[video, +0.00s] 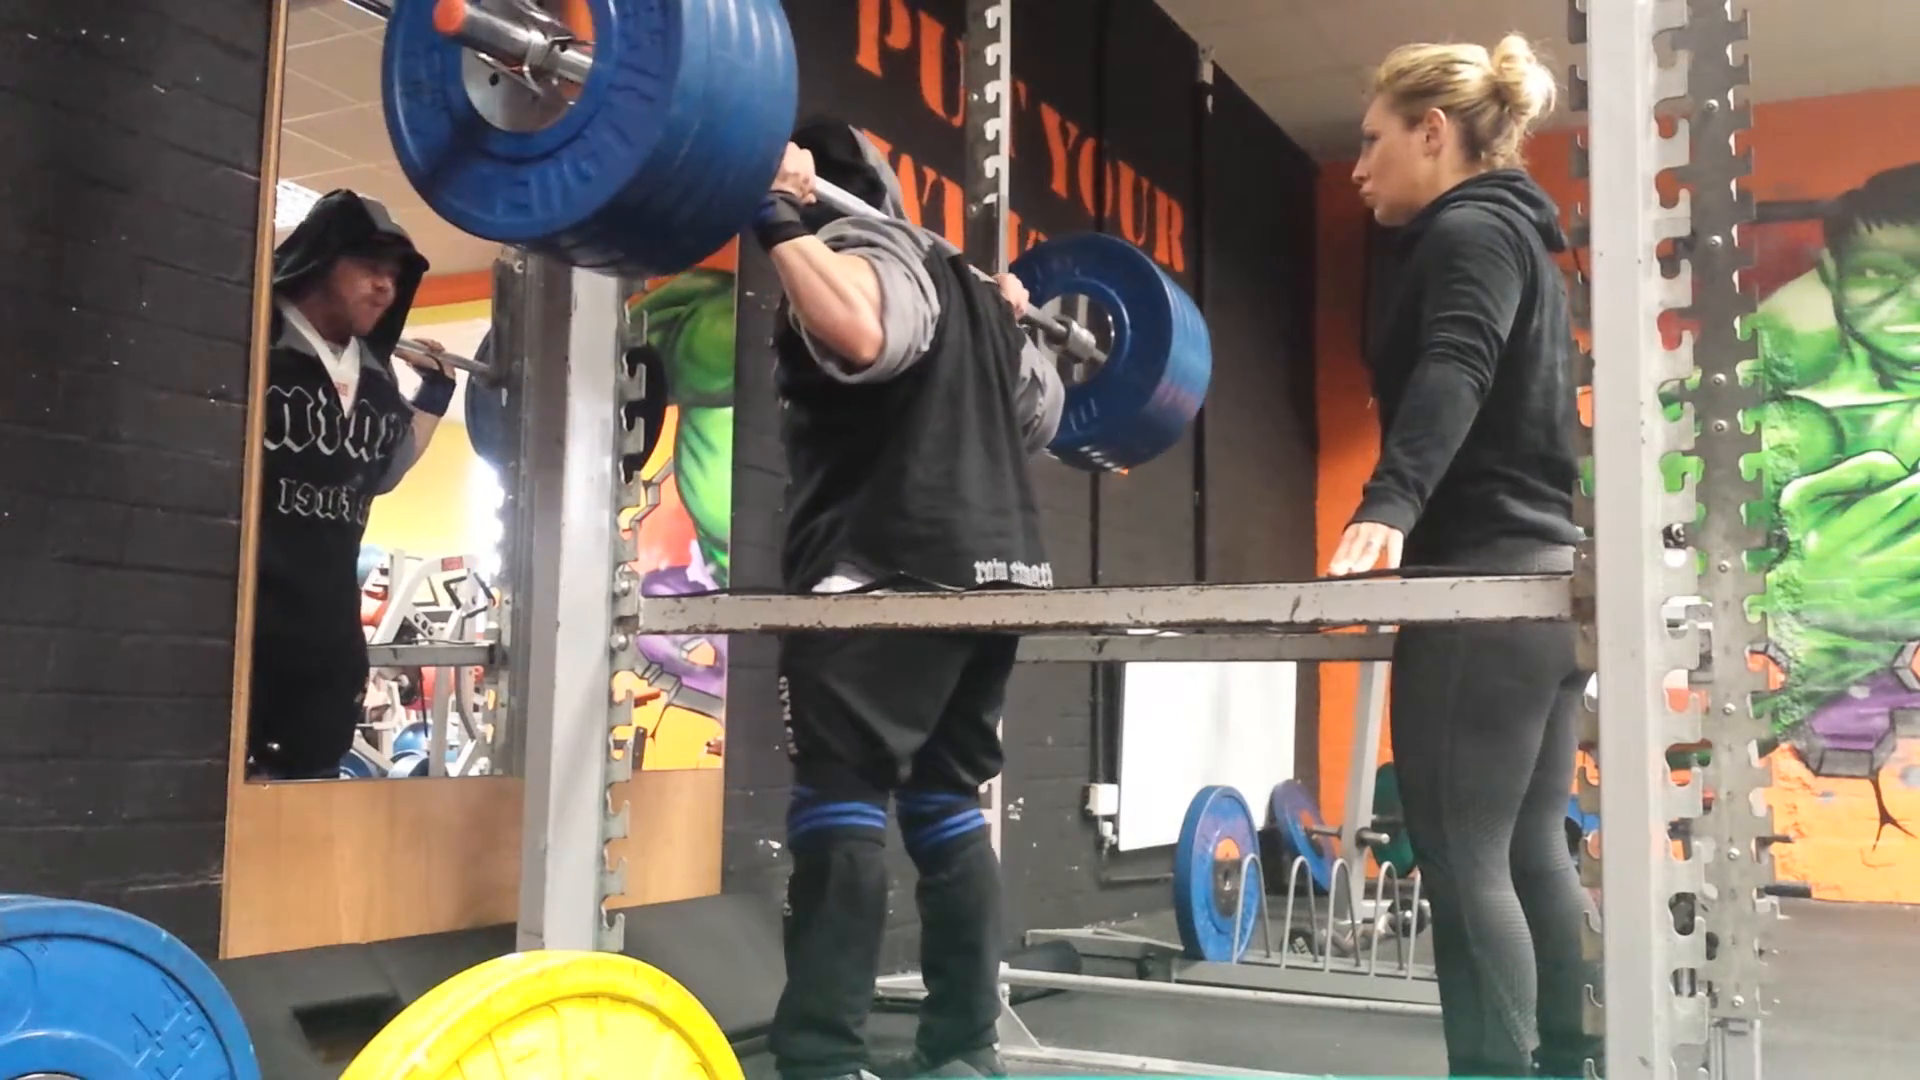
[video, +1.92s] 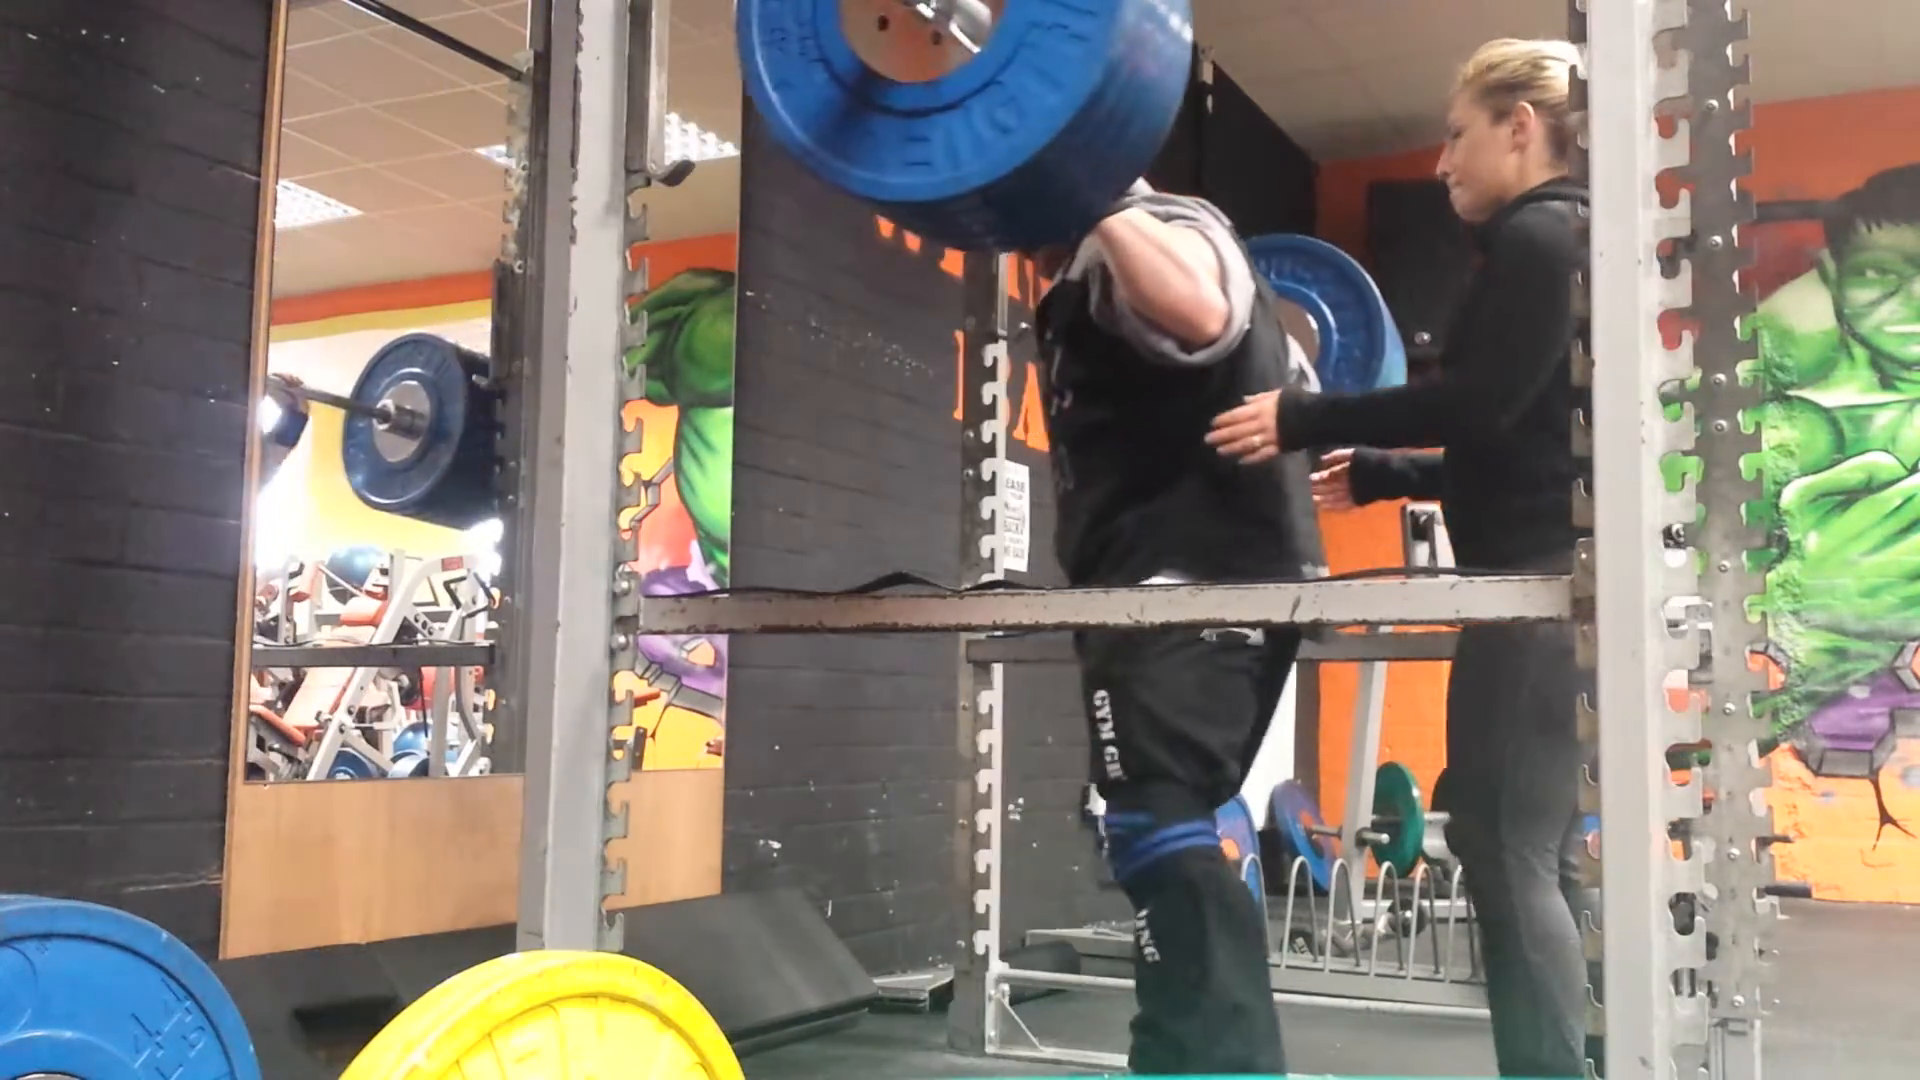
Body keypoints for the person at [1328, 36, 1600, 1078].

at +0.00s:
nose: (1360, 168)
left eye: (1372, 142)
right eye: (1360, 145)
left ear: (1436, 132)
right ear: (1442, 136)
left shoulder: (1470, 225)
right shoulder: (1514, 225)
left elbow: (1457, 361)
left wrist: (1385, 510)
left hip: (1483, 571)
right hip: (1542, 569)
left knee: (1466, 860)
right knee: (1534, 847)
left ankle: (1493, 1072)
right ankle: (1568, 1066)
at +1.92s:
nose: (1443, 164)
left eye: (1460, 137)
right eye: (1447, 140)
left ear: (1523, 128)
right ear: (1528, 133)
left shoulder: (1541, 237)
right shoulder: (1570, 235)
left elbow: (1478, 406)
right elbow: (1518, 455)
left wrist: (1306, 415)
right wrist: (1381, 474)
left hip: (1538, 580)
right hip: (1541, 576)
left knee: (1505, 842)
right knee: (1510, 840)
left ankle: (1552, 1069)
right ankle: (1557, 1063)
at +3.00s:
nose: (1516, 167)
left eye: (1532, 142)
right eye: (1513, 145)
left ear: (1596, 139)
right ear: (1563, 148)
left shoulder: (1637, 251)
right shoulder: (1620, 262)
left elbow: (1603, 423)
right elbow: (1603, 476)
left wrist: (1440, 476)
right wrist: (1472, 522)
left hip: (1649, 580)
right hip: (1634, 577)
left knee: (1620, 833)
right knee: (1603, 828)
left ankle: (1644, 1054)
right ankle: (1636, 1049)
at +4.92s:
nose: (1519, 172)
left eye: (1532, 145)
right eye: (1519, 148)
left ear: (1594, 135)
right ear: (1586, 139)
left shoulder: (1652, 236)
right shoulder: (1656, 241)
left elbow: (1586, 417)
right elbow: (1594, 465)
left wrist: (1400, 443)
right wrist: (1442, 495)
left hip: (1683, 587)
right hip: (1701, 586)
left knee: (1640, 868)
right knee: (1664, 866)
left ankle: (1660, 1064)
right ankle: (1685, 1060)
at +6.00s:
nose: (1548, 182)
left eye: (1560, 161)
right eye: (1554, 161)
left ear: (1597, 166)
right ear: (1628, 164)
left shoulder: (1648, 245)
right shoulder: (1646, 268)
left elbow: (1580, 399)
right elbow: (1585, 493)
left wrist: (1405, 448)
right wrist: (1437, 511)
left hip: (1674, 585)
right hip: (1686, 586)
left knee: (1628, 844)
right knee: (1643, 845)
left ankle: (1652, 1055)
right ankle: (1670, 1052)